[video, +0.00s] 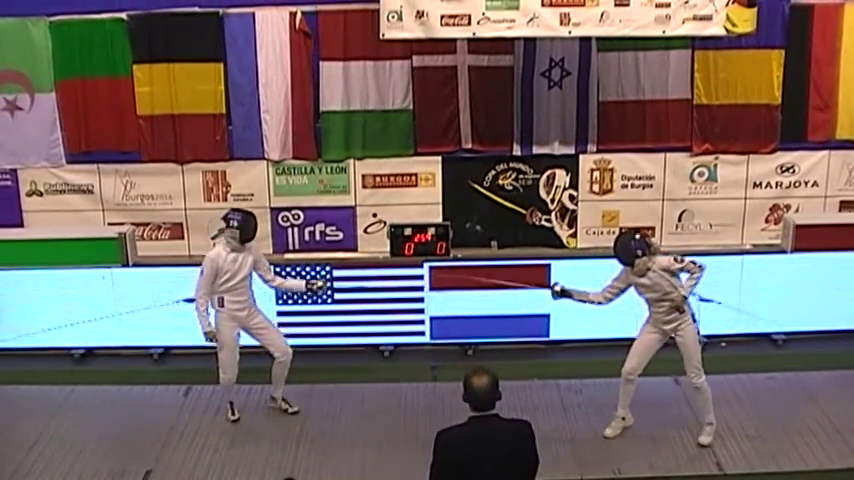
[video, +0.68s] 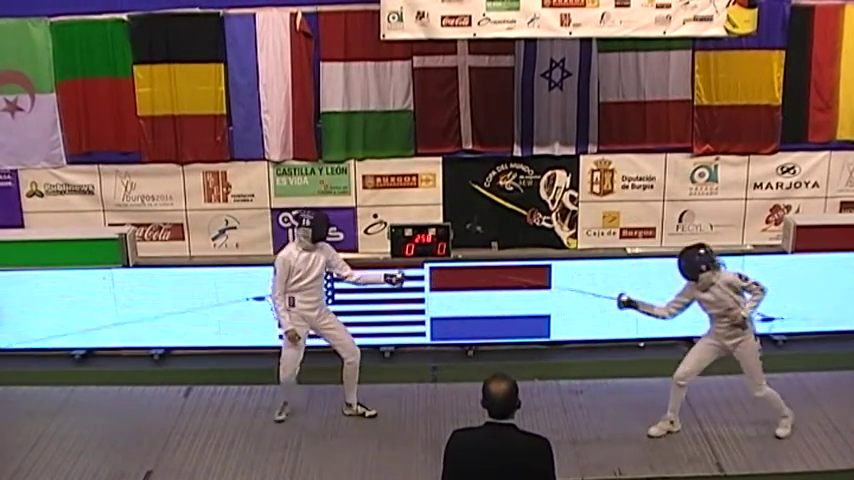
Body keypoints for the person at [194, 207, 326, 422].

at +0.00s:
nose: (230, 234)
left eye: (235, 231)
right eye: (230, 230)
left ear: (243, 234)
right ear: (228, 230)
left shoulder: (252, 253)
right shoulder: (214, 257)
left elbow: (273, 280)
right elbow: (201, 296)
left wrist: (306, 285)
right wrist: (206, 327)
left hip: (250, 313)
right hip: (226, 317)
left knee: (284, 353)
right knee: (229, 374)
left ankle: (276, 397)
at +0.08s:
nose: (235, 237)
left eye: (240, 233)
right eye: (234, 232)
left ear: (250, 237)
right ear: (231, 233)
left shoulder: (257, 256)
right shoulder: (220, 261)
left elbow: (276, 287)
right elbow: (204, 298)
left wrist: (308, 291)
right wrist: (207, 332)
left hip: (257, 316)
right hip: (233, 321)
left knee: (292, 353)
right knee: (235, 377)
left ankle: (294, 401)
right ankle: (232, 403)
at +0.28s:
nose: (256, 238)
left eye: (261, 234)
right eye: (254, 233)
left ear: (271, 239)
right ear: (250, 235)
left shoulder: (277, 259)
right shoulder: (240, 263)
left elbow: (293, 289)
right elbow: (227, 302)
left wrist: (328, 291)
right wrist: (233, 336)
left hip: (277, 319)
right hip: (253, 323)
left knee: (317, 352)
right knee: (243, 376)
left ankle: (326, 401)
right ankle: (233, 402)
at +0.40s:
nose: (271, 237)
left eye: (276, 234)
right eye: (270, 232)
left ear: (287, 238)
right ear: (267, 234)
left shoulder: (296, 258)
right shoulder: (257, 263)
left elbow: (320, 284)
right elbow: (247, 301)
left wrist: (354, 283)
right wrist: (258, 329)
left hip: (296, 320)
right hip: (270, 323)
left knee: (331, 357)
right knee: (253, 373)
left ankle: (347, 404)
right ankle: (235, 401)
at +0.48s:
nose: (286, 238)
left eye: (290, 234)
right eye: (283, 233)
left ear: (300, 237)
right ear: (279, 234)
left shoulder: (308, 257)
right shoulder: (270, 263)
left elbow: (339, 276)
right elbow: (261, 304)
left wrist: (375, 280)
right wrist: (272, 331)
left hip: (309, 320)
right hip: (283, 324)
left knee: (345, 355)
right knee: (262, 374)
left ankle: (351, 405)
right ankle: (238, 399)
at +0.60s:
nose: (295, 234)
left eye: (301, 231)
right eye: (294, 230)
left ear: (311, 235)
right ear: (290, 231)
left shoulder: (321, 253)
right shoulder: (282, 259)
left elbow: (350, 273)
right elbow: (275, 299)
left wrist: (386, 274)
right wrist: (284, 329)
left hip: (319, 317)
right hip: (293, 321)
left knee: (351, 355)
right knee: (278, 374)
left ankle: (351, 404)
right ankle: (261, 401)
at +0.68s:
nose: (311, 237)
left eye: (314, 233)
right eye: (309, 232)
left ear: (319, 233)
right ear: (301, 230)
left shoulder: (325, 251)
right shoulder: (286, 257)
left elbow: (350, 275)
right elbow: (277, 295)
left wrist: (384, 278)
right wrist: (286, 326)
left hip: (321, 314)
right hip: (296, 316)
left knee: (352, 354)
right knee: (288, 368)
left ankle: (351, 404)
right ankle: (283, 404)